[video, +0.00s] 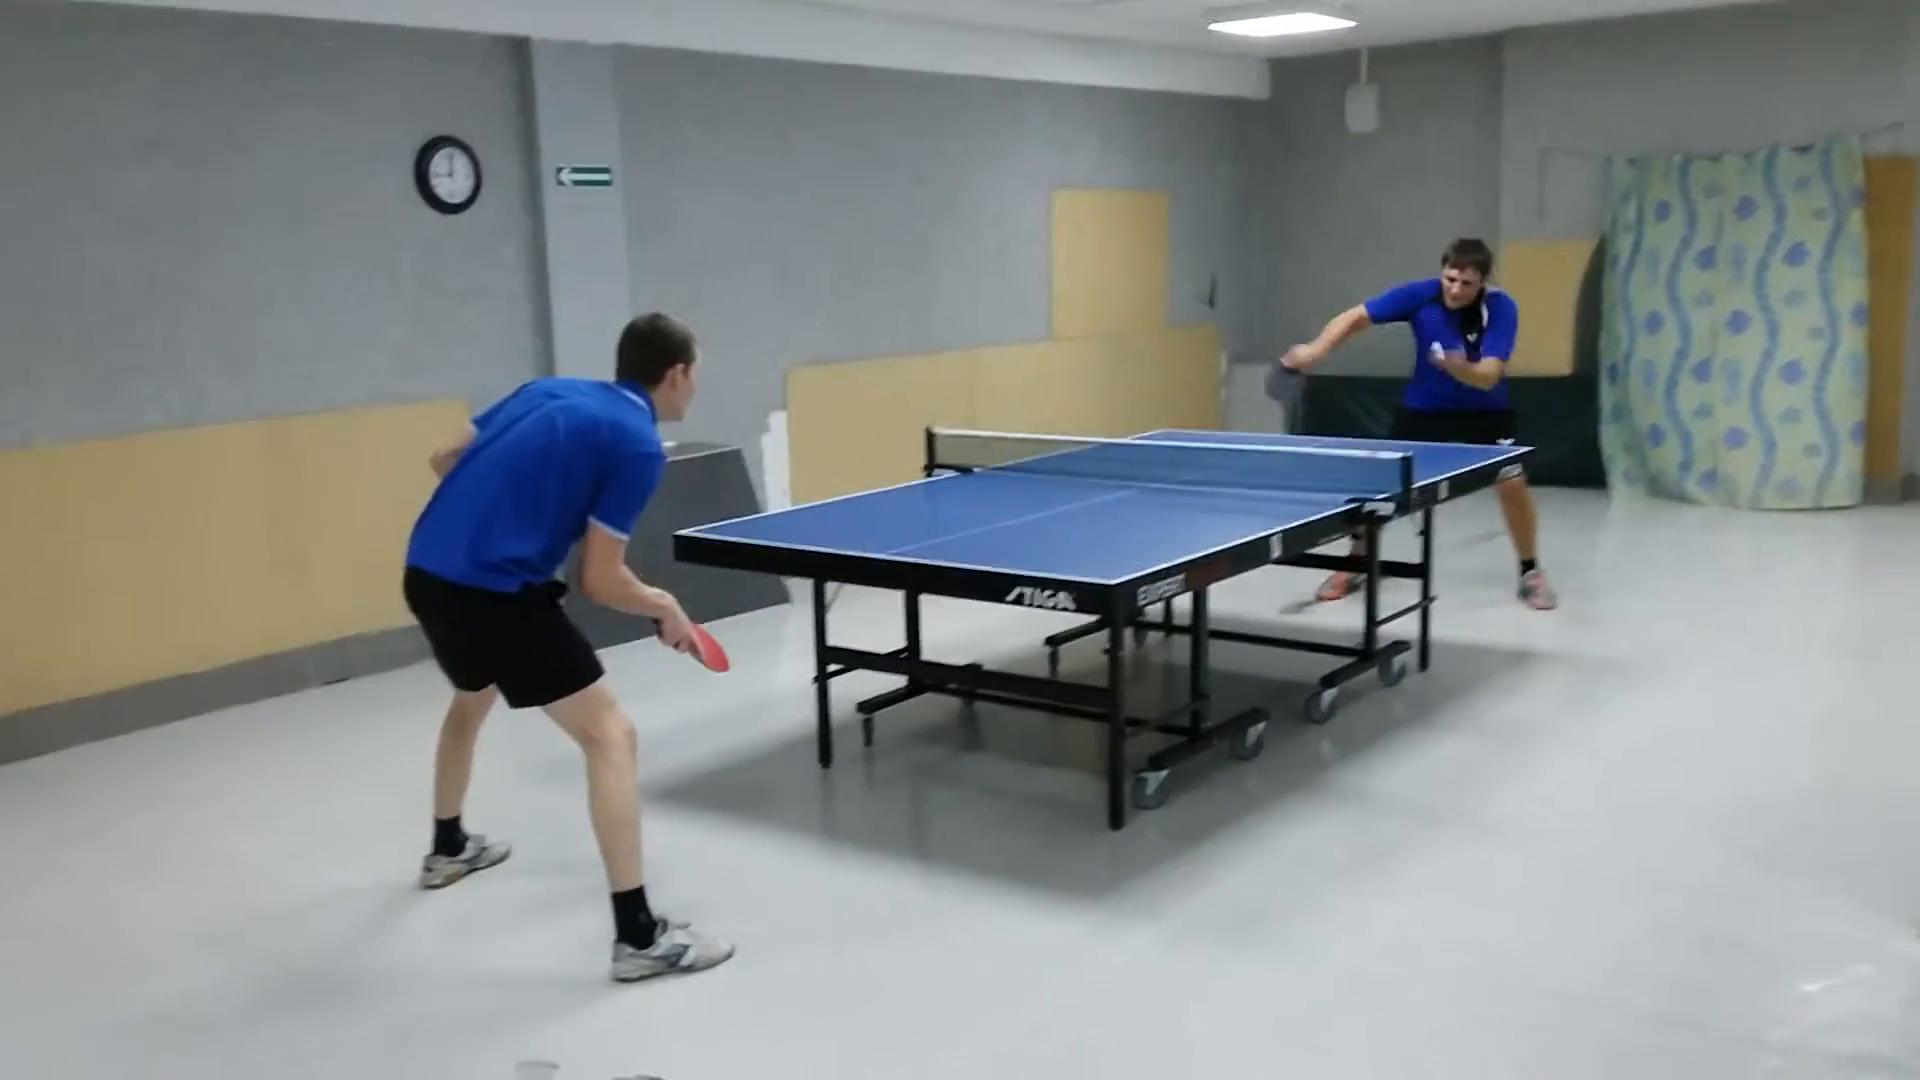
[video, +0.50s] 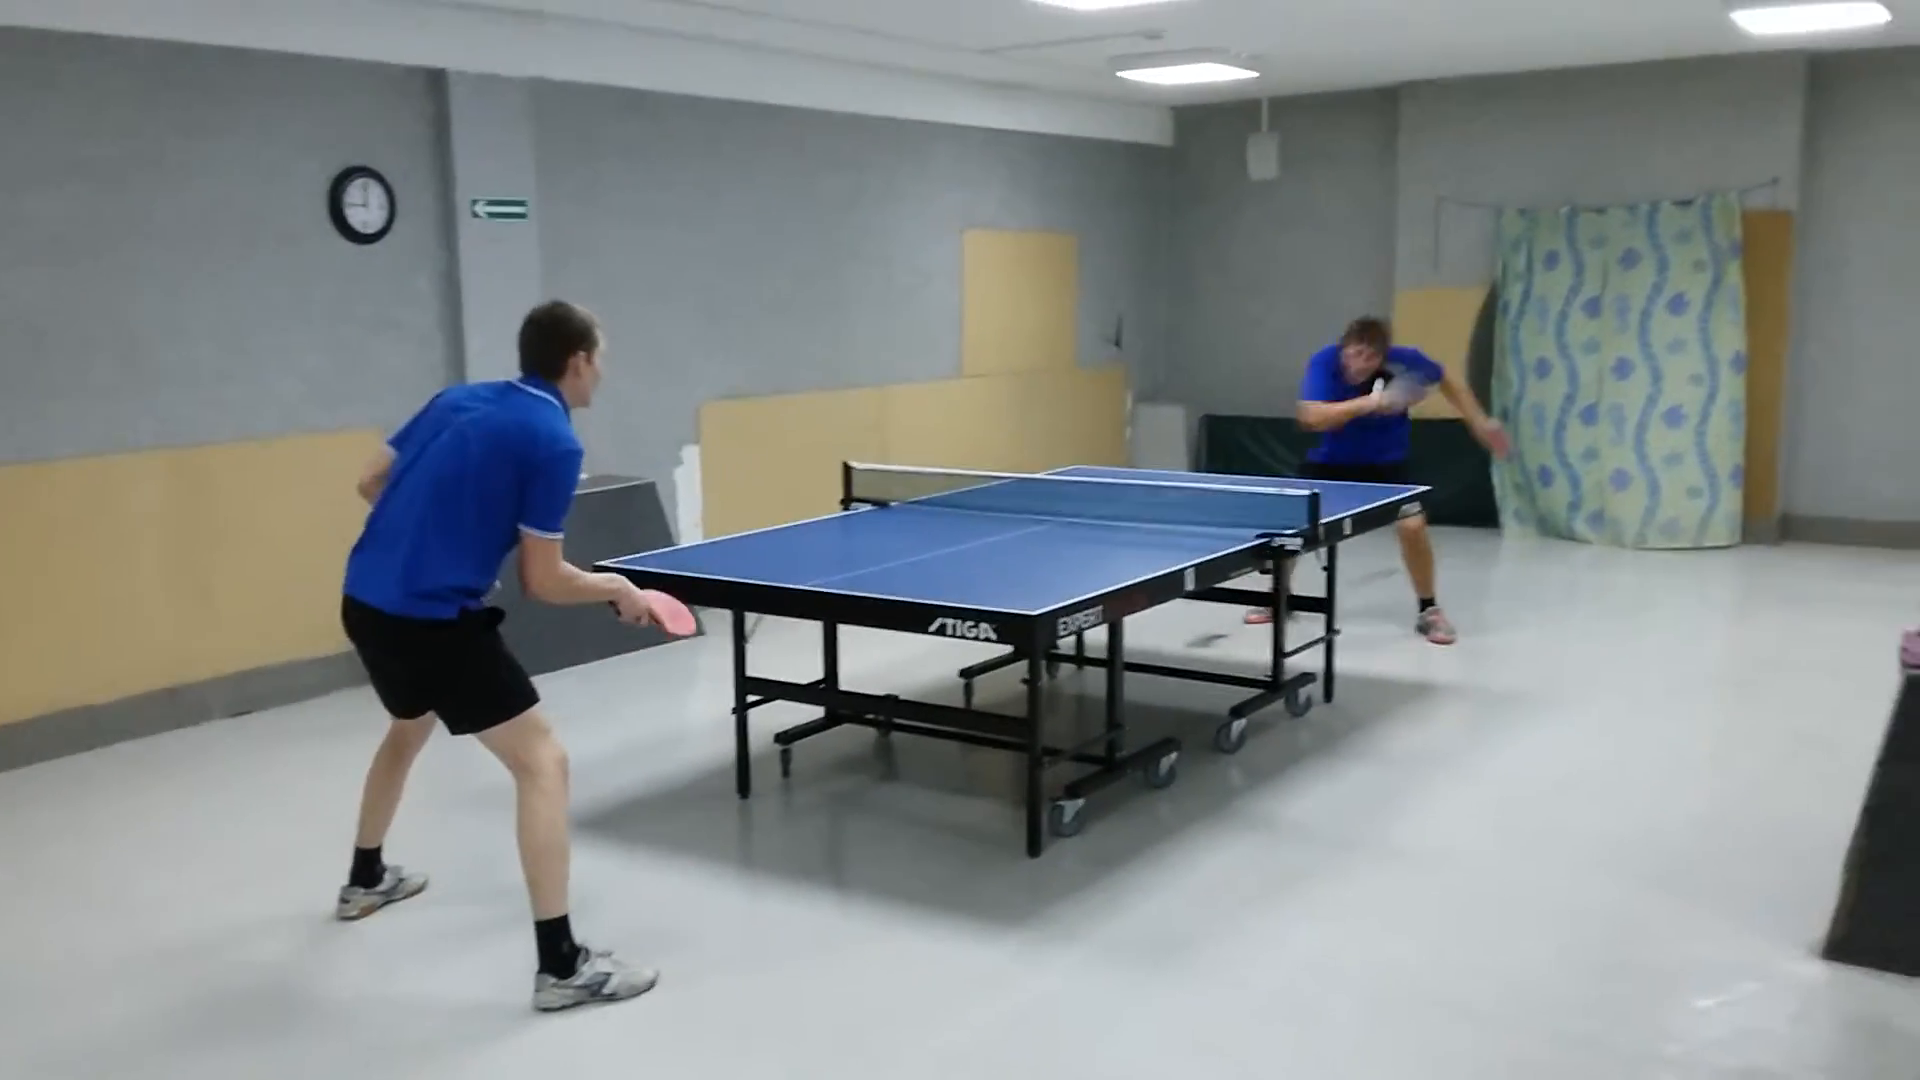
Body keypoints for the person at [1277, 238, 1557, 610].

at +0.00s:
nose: (1456, 290)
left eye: (1466, 283)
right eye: (1450, 280)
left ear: (1482, 282)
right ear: (1441, 273)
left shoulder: (1499, 308)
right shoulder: (1421, 296)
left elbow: (1491, 375)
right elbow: (1357, 317)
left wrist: (1459, 369)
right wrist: (1314, 350)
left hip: (1485, 416)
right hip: (1424, 413)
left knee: (1512, 479)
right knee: (1378, 485)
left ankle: (1530, 572)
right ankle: (1356, 565)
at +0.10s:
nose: (1440, 286)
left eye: (1451, 281)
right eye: (1436, 276)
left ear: (1468, 282)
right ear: (1428, 270)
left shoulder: (1486, 305)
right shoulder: (1407, 295)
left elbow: (1490, 373)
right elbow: (1347, 324)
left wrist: (1461, 363)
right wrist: (1328, 359)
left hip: (1463, 422)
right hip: (1404, 418)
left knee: (1486, 492)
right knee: (1359, 493)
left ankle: (1503, 586)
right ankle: (1327, 576)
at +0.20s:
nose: (1425, 280)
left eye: (1436, 275)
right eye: (1421, 270)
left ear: (1453, 279)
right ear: (1414, 265)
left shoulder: (1471, 303)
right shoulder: (1390, 293)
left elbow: (1501, 353)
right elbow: (1347, 336)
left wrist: (1493, 375)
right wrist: (1376, 372)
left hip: (1443, 416)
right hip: (1387, 411)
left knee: (1463, 494)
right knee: (1342, 486)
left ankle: (1479, 589)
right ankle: (1313, 567)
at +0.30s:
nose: (1409, 301)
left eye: (1419, 297)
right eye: (1406, 291)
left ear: (1433, 302)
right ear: (1396, 288)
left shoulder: (1448, 322)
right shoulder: (1371, 314)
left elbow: (1495, 361)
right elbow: (1360, 373)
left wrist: (1512, 394)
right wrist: (1421, 382)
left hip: (1422, 434)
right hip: (1364, 434)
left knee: (1447, 512)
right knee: (1330, 505)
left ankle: (1460, 605)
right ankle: (1299, 568)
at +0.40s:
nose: (1394, 334)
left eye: (1404, 327)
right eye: (1389, 323)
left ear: (1417, 328)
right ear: (1378, 319)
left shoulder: (1429, 344)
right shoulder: (1355, 343)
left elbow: (1477, 367)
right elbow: (1362, 403)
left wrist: (1507, 406)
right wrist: (1420, 384)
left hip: (1406, 455)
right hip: (1349, 457)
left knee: (1436, 522)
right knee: (1309, 526)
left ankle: (1448, 612)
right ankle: (1294, 601)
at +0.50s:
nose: (1359, 364)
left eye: (1368, 358)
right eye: (1355, 355)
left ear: (1382, 356)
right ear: (1345, 348)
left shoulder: (1403, 361)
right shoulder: (1324, 363)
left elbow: (1445, 379)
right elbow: (1310, 417)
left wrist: (1479, 422)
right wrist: (1370, 402)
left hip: (1388, 467)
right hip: (1328, 467)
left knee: (1413, 524)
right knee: (1289, 520)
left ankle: (1428, 610)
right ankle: (1276, 598)